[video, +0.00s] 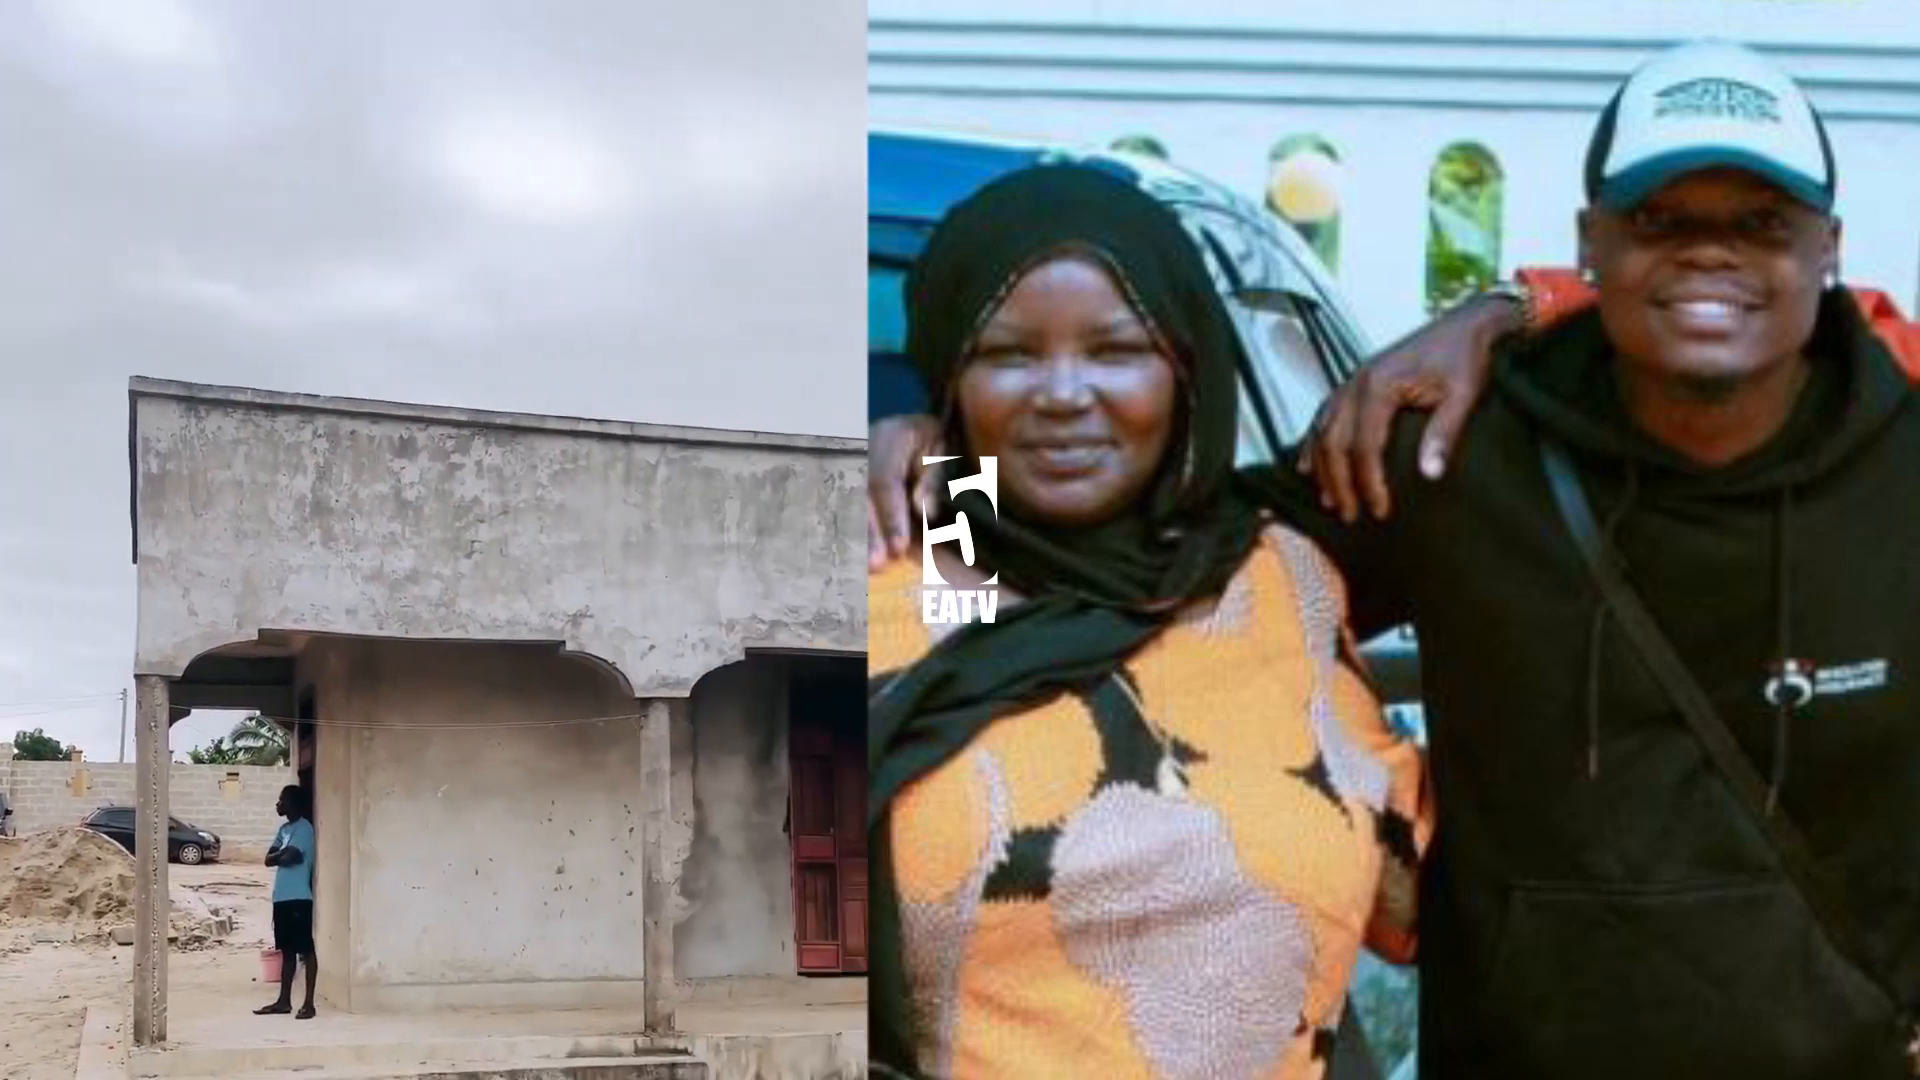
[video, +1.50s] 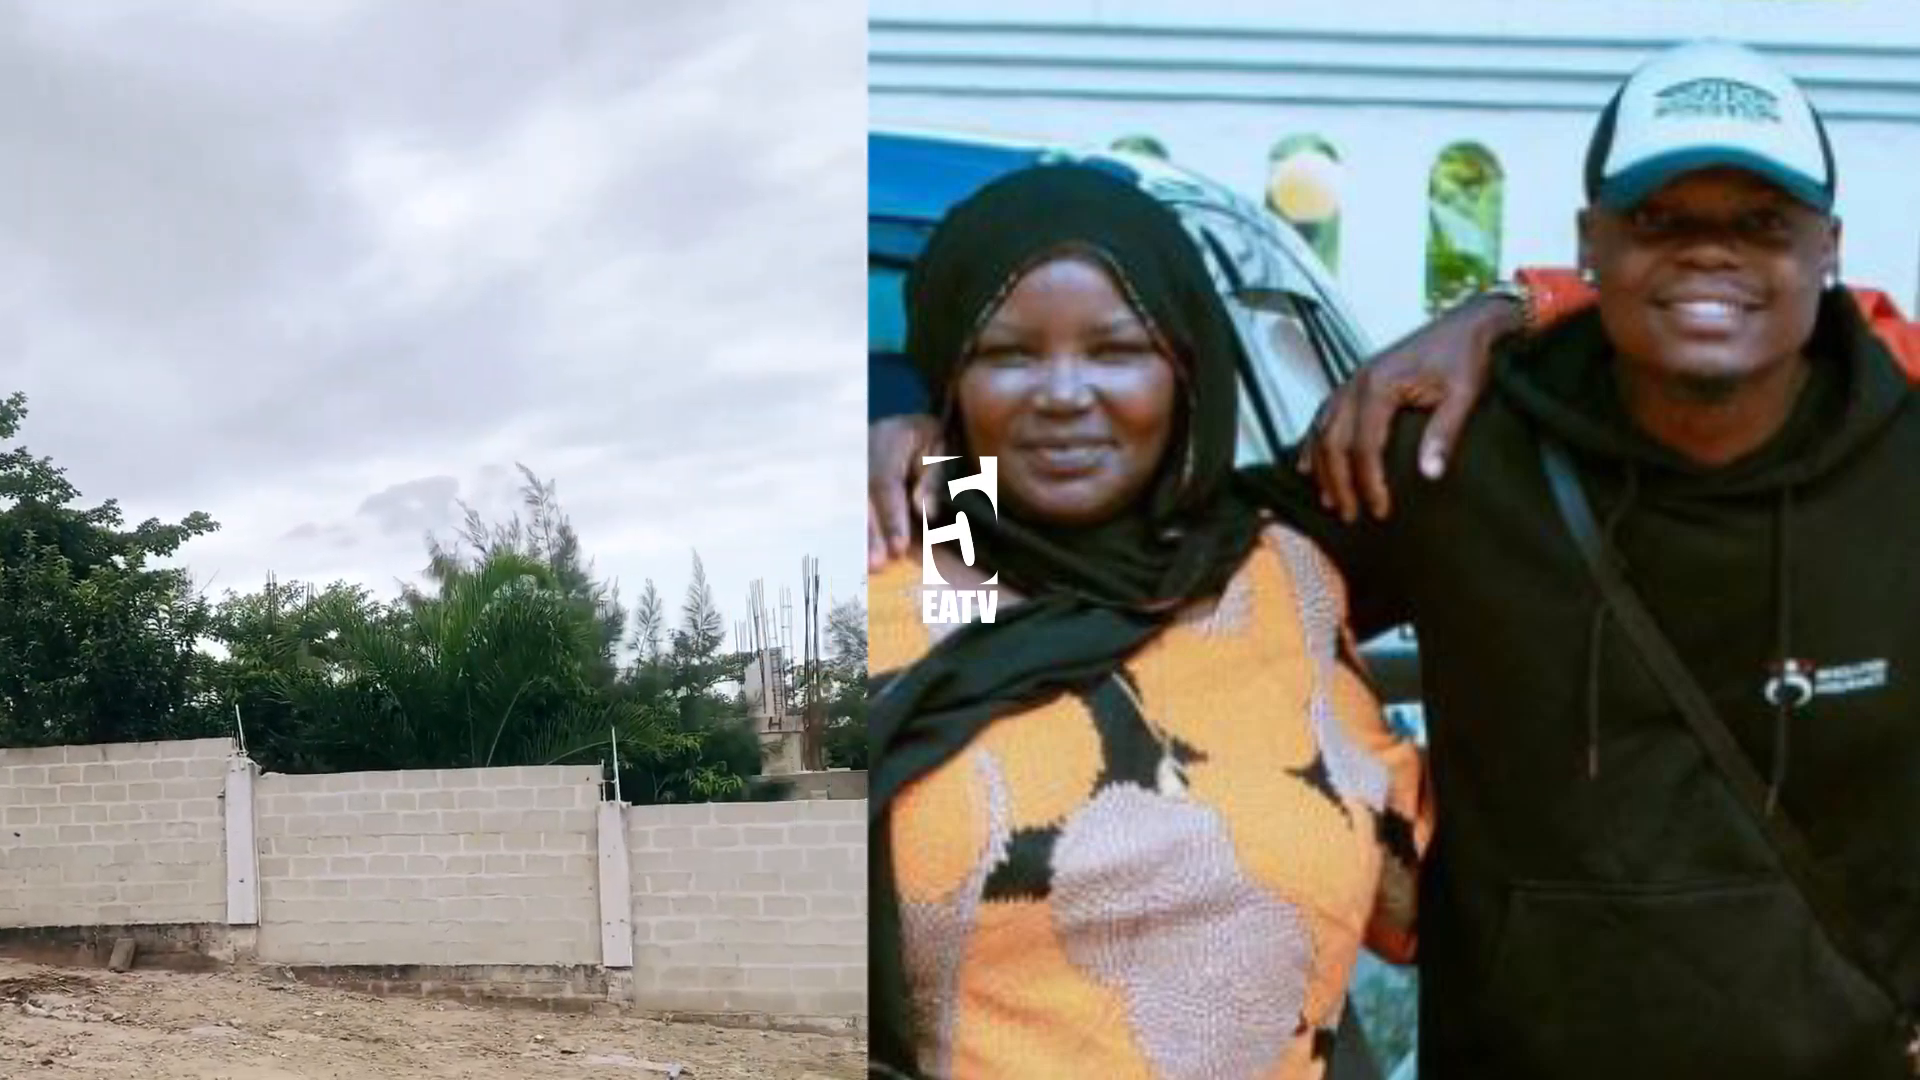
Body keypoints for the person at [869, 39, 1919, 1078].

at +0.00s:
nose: (1707, 251)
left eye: (1757, 219)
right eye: (1664, 215)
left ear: (1825, 250)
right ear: (1595, 242)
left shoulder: (1899, 445)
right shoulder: (1464, 448)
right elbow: (1178, 558)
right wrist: (967, 464)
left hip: (1849, 1038)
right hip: (1537, 1044)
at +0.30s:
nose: (1706, 251)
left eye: (1757, 219)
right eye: (1664, 214)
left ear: (1826, 251)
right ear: (1595, 242)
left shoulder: (1898, 445)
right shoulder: (1464, 448)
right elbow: (1176, 556)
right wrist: (964, 458)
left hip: (1849, 1038)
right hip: (1536, 1044)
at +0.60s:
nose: (1707, 251)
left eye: (1757, 219)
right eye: (1665, 215)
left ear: (1825, 250)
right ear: (1595, 242)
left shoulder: (1899, 445)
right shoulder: (1465, 447)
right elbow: (1172, 556)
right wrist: (952, 457)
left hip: (1848, 1038)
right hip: (1535, 1044)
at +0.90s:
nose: (1707, 251)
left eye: (1757, 219)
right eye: (1664, 214)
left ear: (1825, 250)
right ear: (1595, 242)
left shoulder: (1898, 444)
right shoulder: (1464, 449)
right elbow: (1173, 555)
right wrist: (958, 452)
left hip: (1848, 1037)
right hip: (1535, 1042)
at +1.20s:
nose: (1707, 251)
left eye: (1757, 219)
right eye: (1664, 214)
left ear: (1825, 250)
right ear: (1595, 241)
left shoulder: (1898, 444)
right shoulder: (1464, 449)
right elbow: (1173, 557)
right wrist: (959, 455)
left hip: (1848, 1037)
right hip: (1535, 1043)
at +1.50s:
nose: (1707, 251)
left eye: (1757, 218)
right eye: (1664, 214)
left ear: (1826, 250)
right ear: (1595, 241)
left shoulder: (1898, 444)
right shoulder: (1464, 449)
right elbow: (1175, 557)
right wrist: (964, 453)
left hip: (1848, 1037)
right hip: (1536, 1043)